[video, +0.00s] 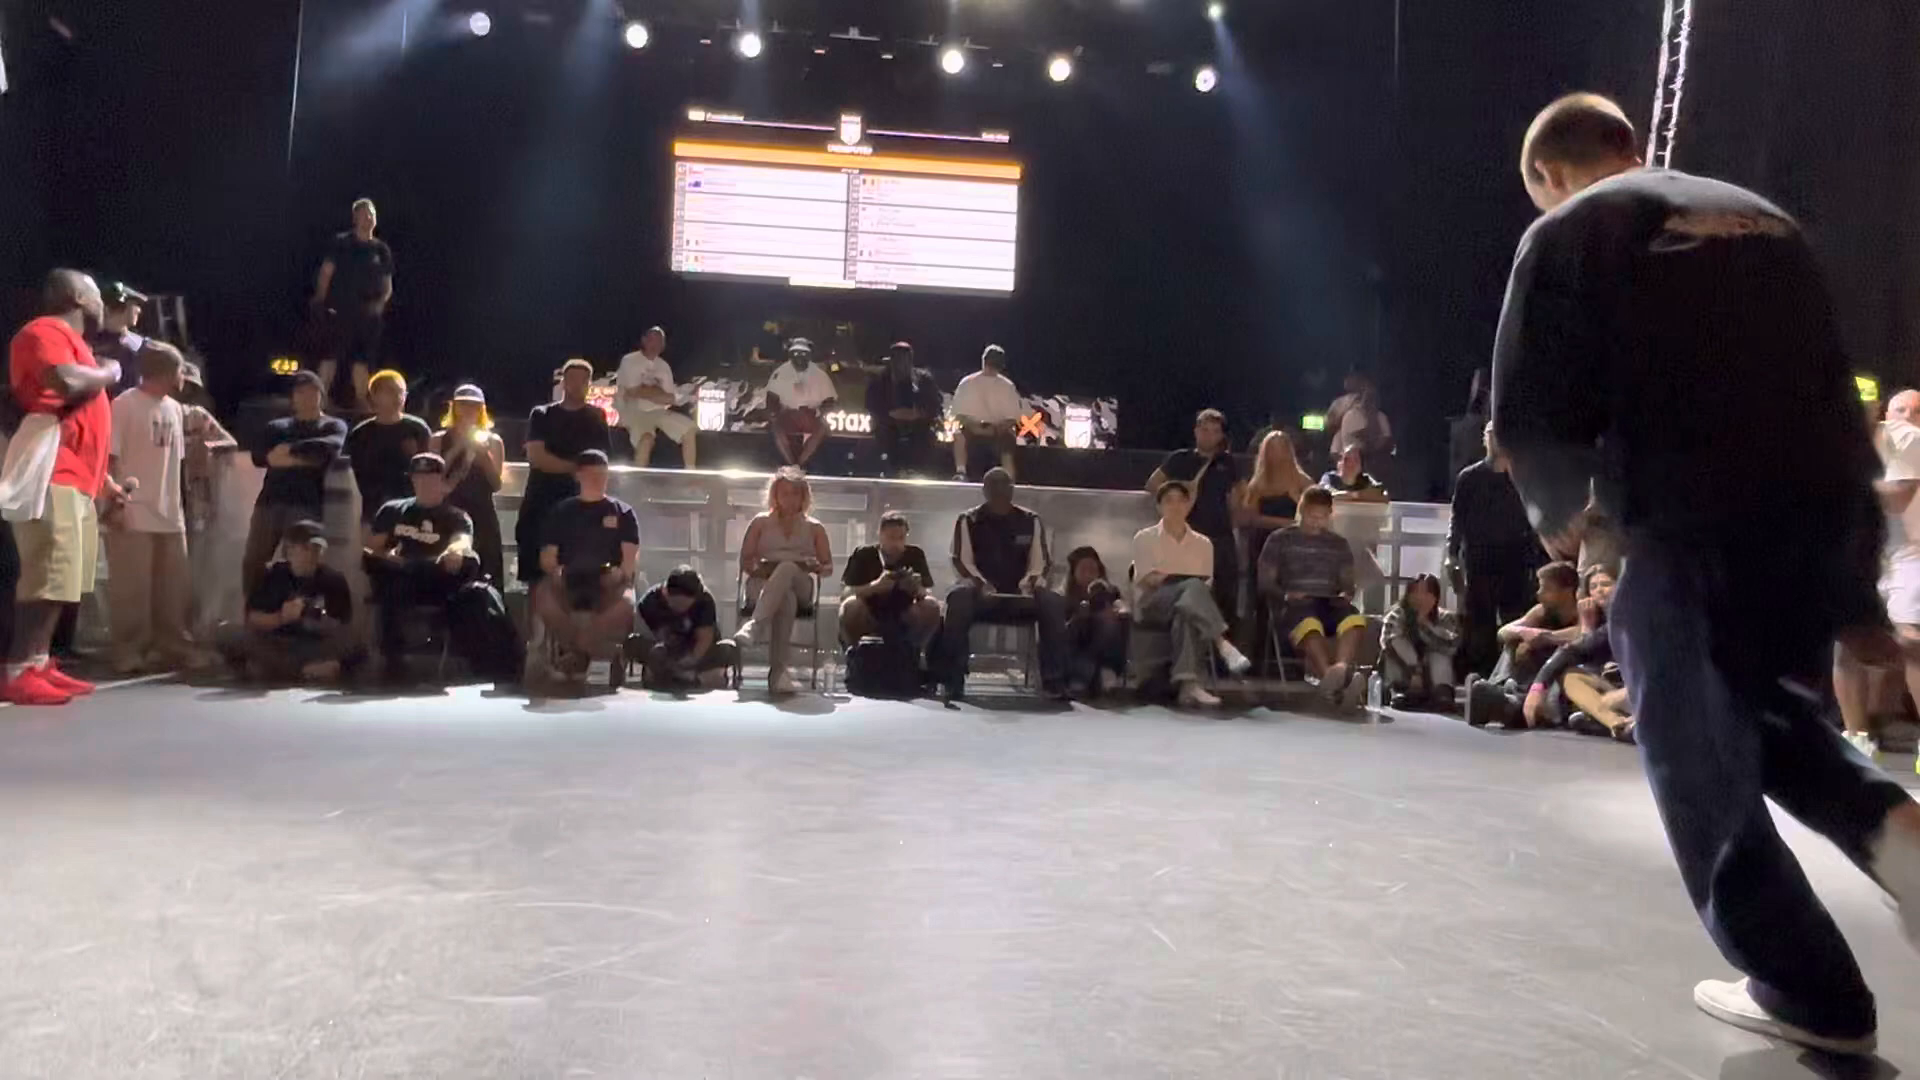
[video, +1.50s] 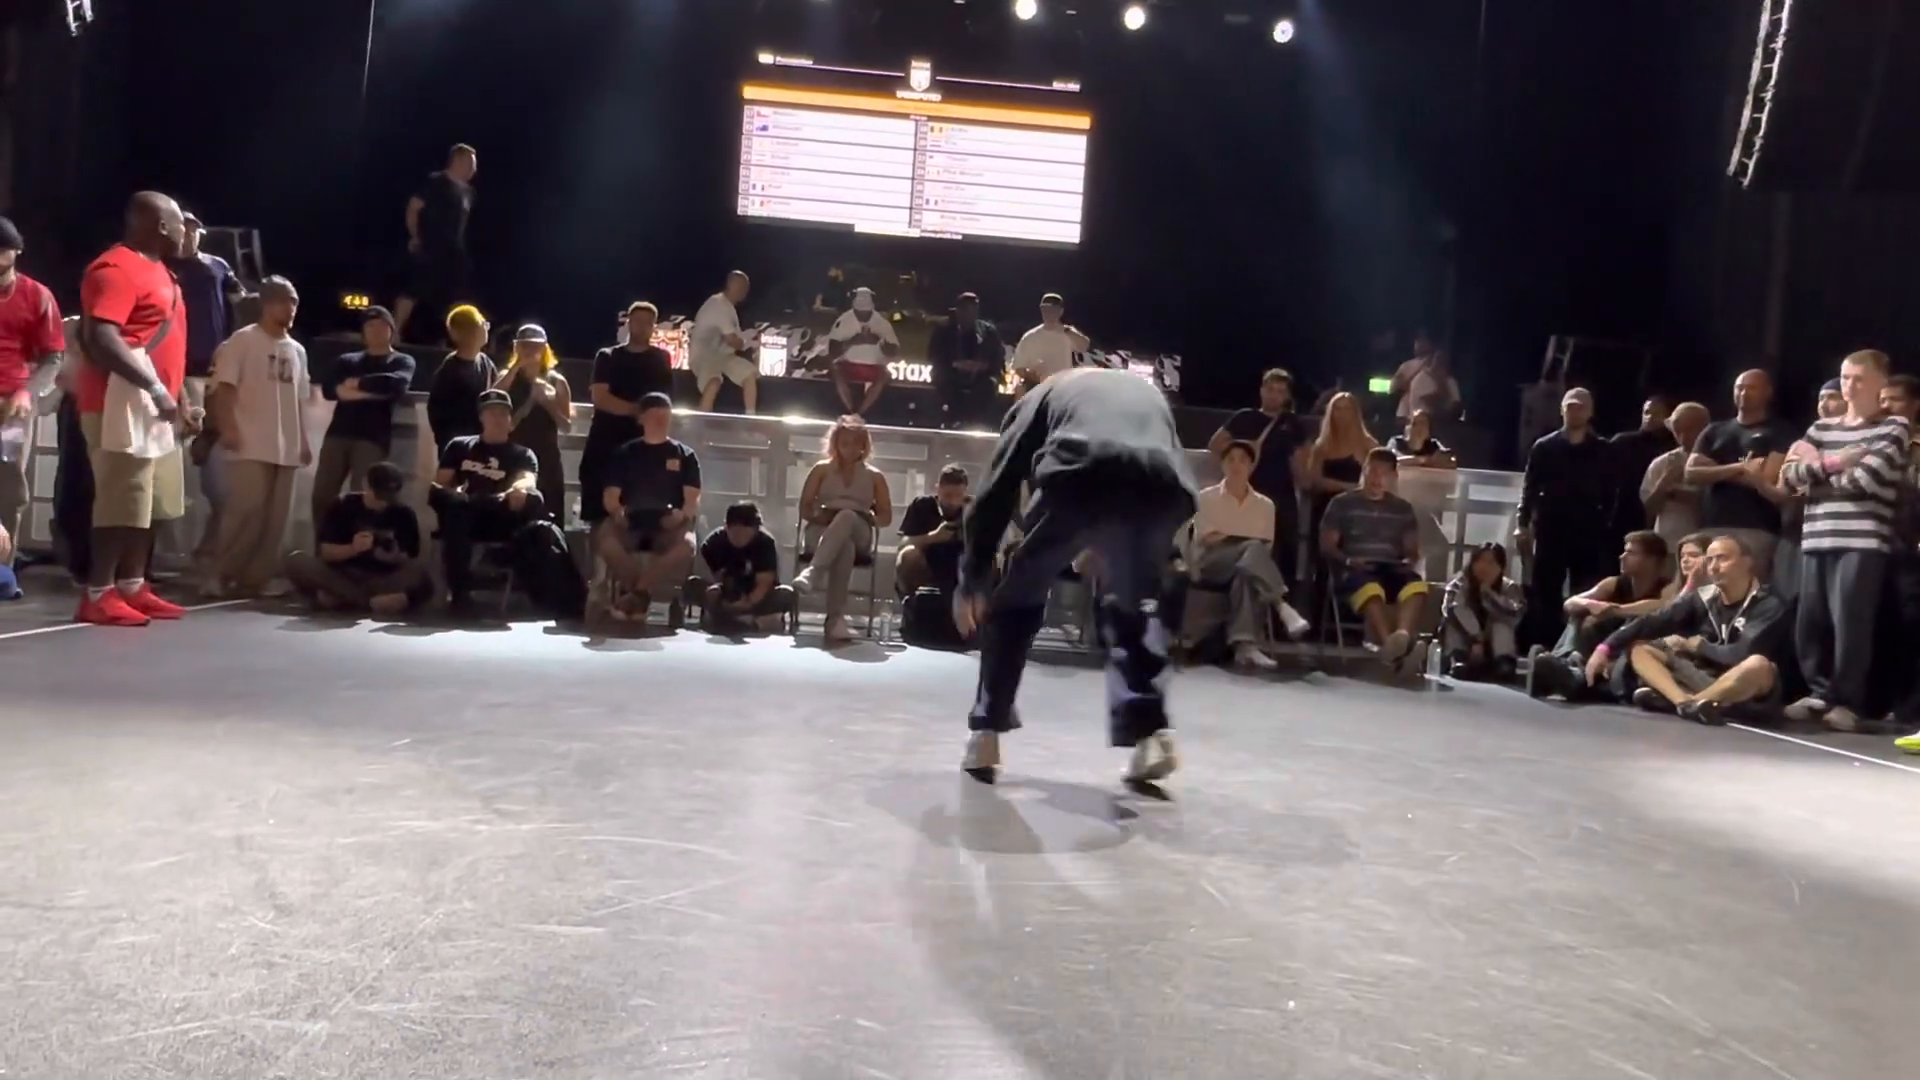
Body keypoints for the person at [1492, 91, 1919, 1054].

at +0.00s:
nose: (1546, 208)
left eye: (1541, 197)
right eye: (1543, 198)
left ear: (1553, 180)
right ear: (1636, 146)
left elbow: (1530, 424)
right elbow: (1829, 388)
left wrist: (1561, 532)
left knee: (1702, 777)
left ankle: (1816, 1003)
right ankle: (1891, 831)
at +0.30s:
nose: (1448, 275)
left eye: (1442, 257)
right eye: (1439, 259)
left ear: (1469, 237)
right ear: (1509, 216)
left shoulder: (1559, 307)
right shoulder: (1578, 283)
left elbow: (1472, 440)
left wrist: (1373, 447)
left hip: (1633, 574)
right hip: (1586, 557)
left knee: (1672, 807)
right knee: (1480, 682)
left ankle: (1852, 949)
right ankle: (1358, 826)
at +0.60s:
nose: (1296, 292)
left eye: (1289, 277)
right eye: (1288, 281)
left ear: (1303, 254)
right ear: (1341, 235)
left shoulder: (1363, 299)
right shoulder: (1395, 279)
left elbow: (1292, 422)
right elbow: (1430, 389)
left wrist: (1226, 522)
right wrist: (1376, 465)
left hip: (1436, 502)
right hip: (1396, 492)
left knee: (1338, 644)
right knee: (1296, 612)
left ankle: (1422, 786)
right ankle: (1322, 797)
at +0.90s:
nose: (1171, 325)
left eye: (1167, 312)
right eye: (1166, 314)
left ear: (1178, 294)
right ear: (1225, 284)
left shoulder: (1198, 341)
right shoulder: (1294, 331)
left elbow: (1225, 466)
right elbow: (1332, 450)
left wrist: (1267, 574)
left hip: (1270, 525)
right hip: (1328, 517)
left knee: (1232, 660)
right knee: (1203, 615)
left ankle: (1357, 759)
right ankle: (1179, 761)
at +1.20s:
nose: (1045, 414)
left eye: (1046, 404)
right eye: (1047, 406)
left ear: (1058, 393)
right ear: (1107, 384)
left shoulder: (1053, 409)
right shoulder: (1168, 401)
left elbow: (1027, 508)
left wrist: (1040, 614)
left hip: (1116, 513)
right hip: (1198, 523)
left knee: (1025, 631)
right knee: (1127, 623)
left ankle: (996, 754)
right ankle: (1142, 744)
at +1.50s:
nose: (1021, 390)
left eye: (1024, 382)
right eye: (1020, 383)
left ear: (1050, 378)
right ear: (1114, 374)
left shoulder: (1045, 391)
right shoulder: (1150, 392)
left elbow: (994, 493)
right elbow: (1164, 477)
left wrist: (971, 582)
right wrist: (1118, 555)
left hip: (1076, 482)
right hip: (1159, 489)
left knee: (1018, 602)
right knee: (1131, 613)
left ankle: (986, 735)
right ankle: (1153, 736)